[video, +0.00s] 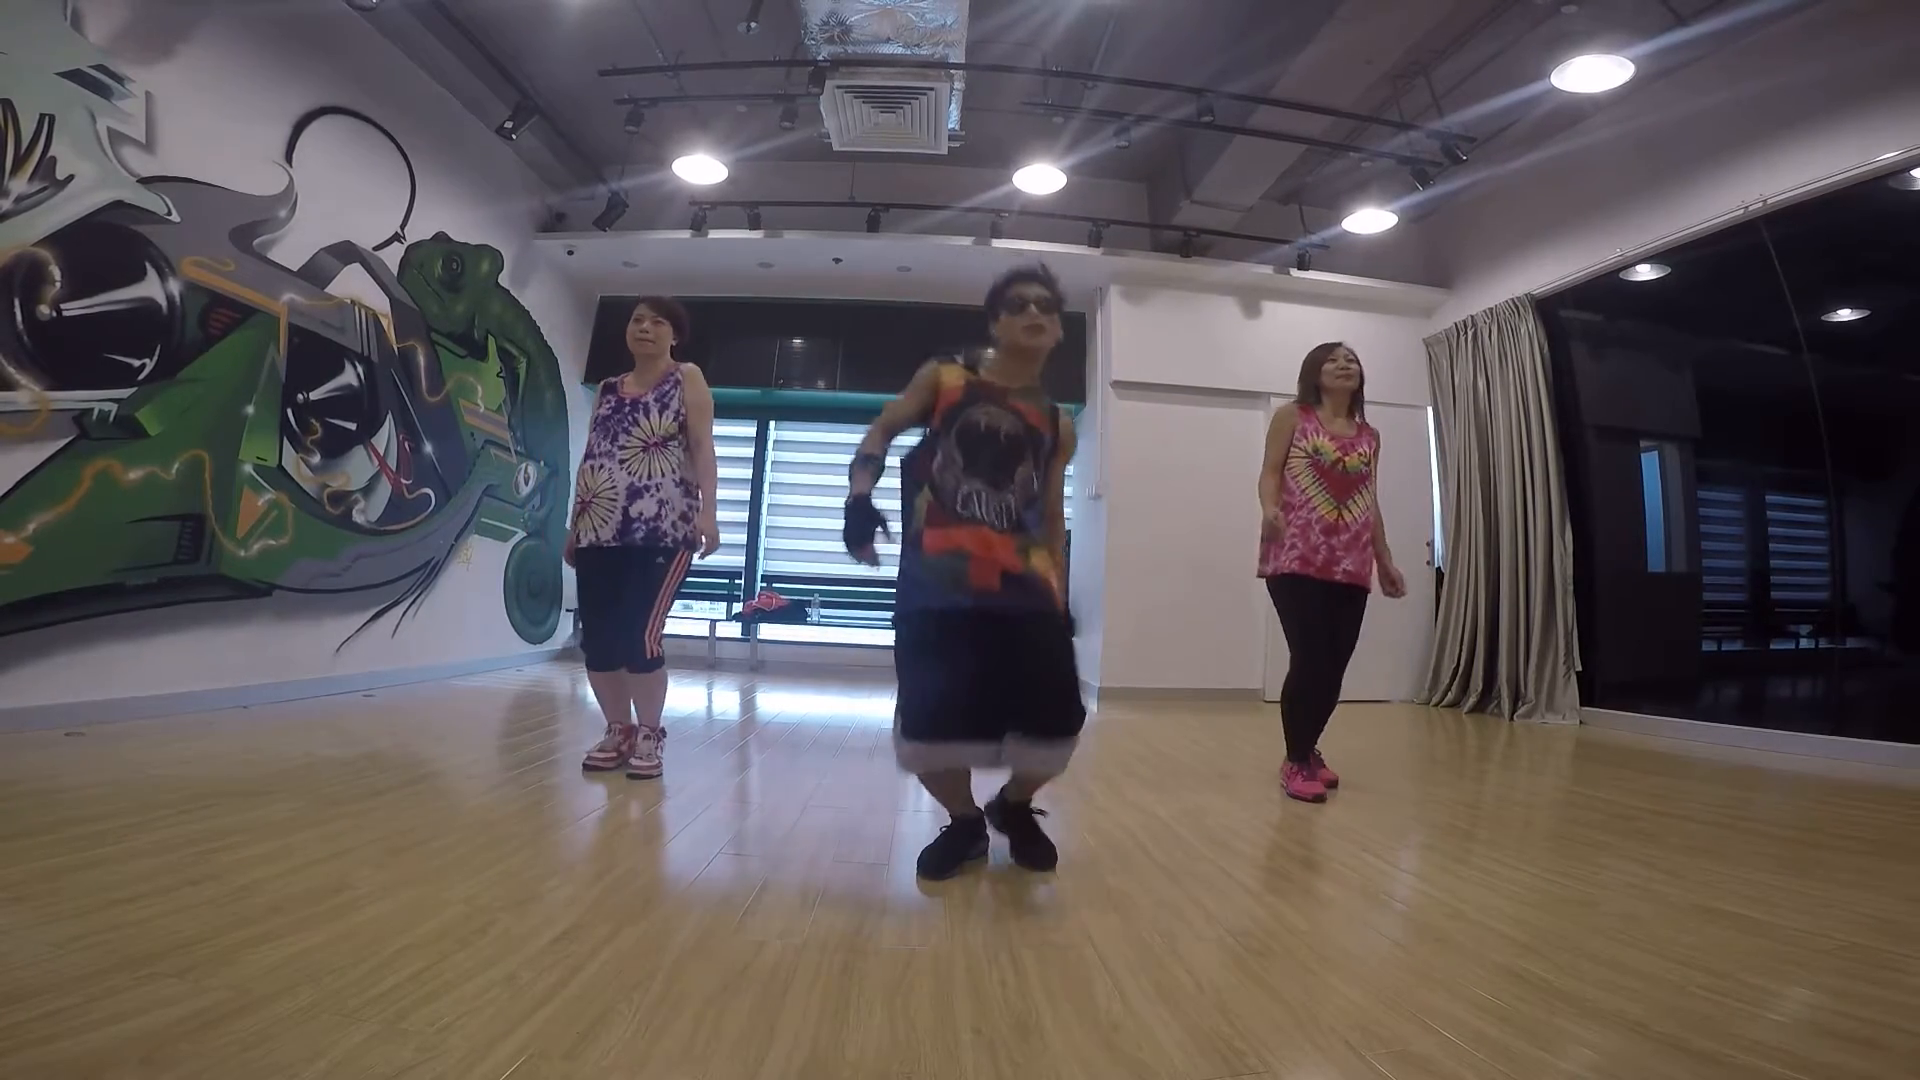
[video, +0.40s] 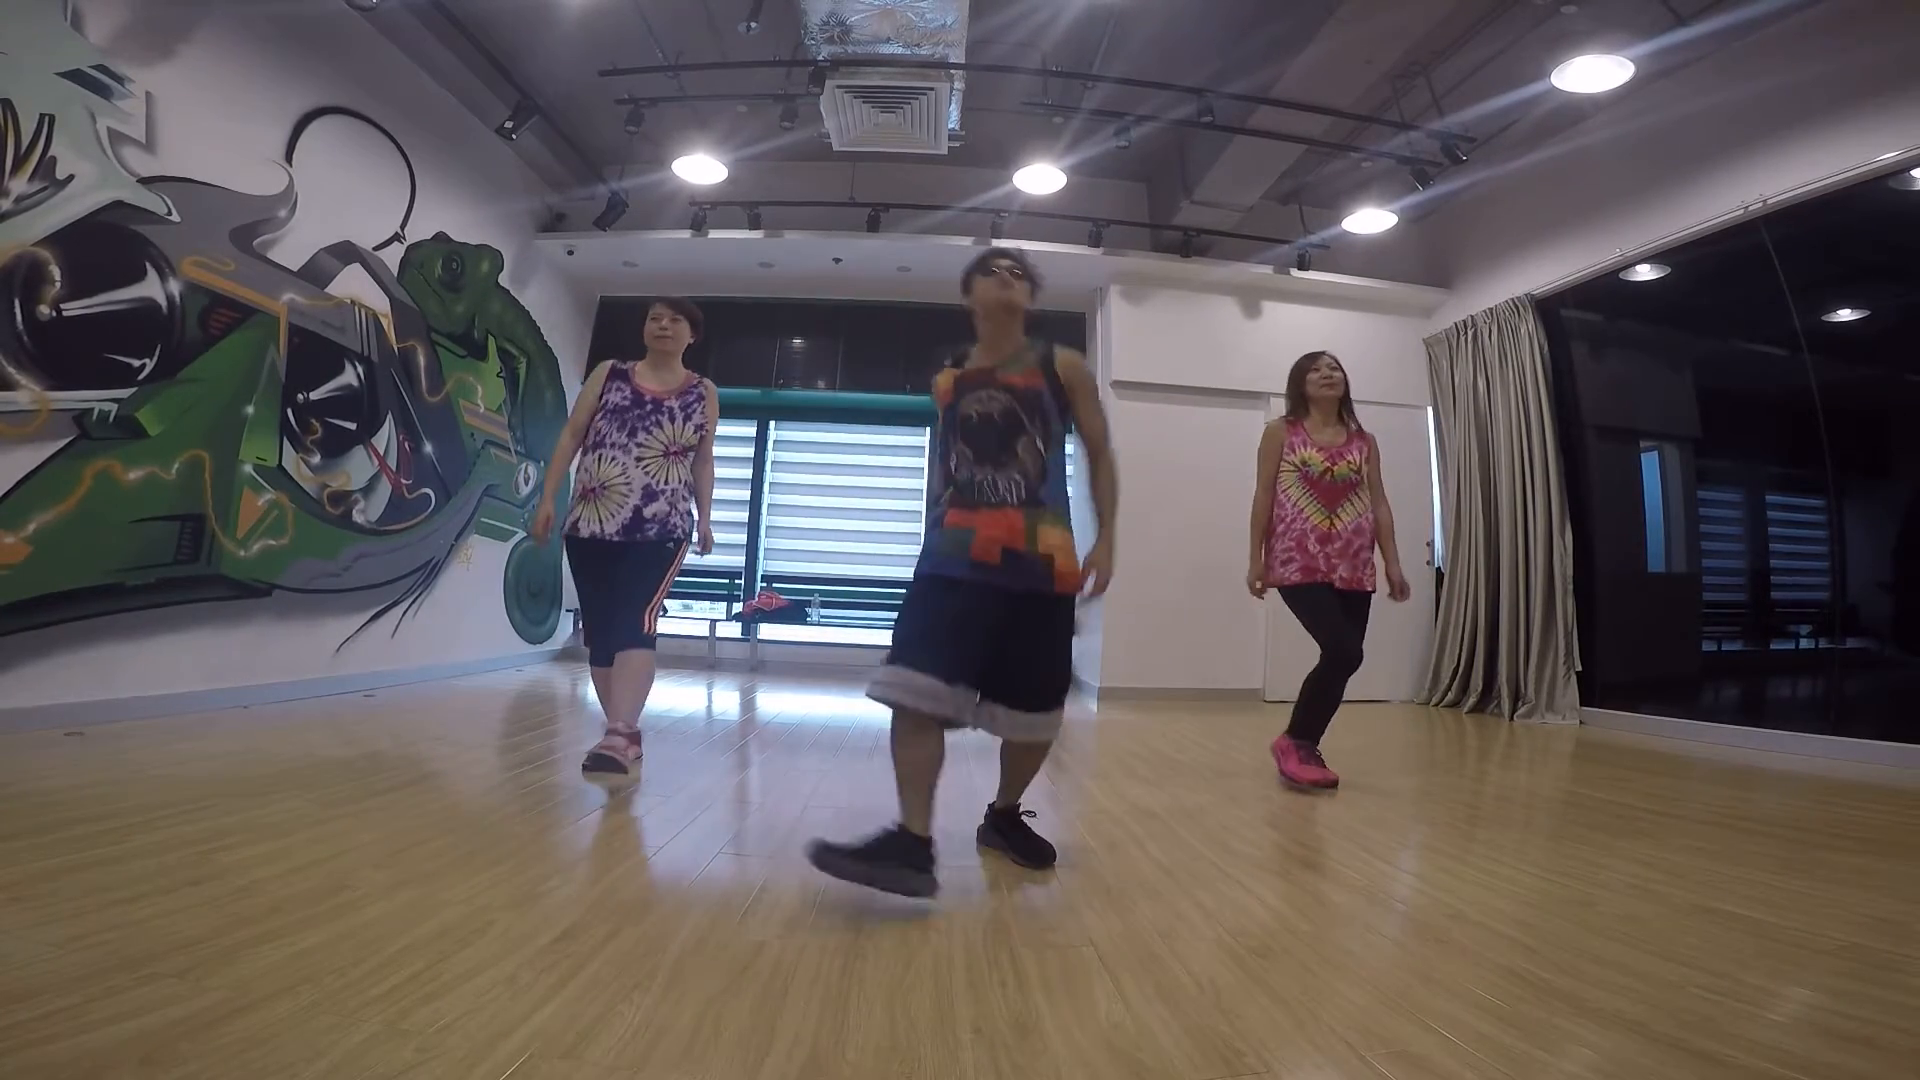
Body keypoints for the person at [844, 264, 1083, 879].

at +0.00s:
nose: (1034, 315)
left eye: (1046, 308)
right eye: (1019, 306)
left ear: (1060, 327)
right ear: (994, 323)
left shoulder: (1056, 425)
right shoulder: (944, 381)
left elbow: (1052, 518)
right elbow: (879, 433)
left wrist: (1058, 597)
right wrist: (860, 497)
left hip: (1024, 591)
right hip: (939, 586)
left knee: (1057, 723)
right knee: (927, 733)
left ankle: (1013, 804)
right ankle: (966, 823)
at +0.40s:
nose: (1006, 281)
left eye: (1018, 275)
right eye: (992, 272)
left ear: (1032, 299)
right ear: (967, 294)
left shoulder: (1063, 367)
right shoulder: (949, 379)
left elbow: (1101, 453)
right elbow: (946, 469)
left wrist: (1106, 538)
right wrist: (939, 544)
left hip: (1040, 565)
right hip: (954, 560)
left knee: (1036, 707)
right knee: (915, 692)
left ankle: (1005, 815)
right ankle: (912, 842)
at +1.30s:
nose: (1001, 311)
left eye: (1012, 304)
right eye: (987, 304)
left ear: (1029, 329)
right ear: (966, 325)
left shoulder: (1033, 415)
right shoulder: (925, 375)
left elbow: (1017, 503)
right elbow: (891, 456)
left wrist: (1021, 575)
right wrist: (902, 539)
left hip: (995, 568)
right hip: (920, 560)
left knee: (1008, 711)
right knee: (906, 707)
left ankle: (987, 795)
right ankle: (933, 799)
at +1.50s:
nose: (1005, 331)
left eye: (1016, 323)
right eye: (991, 326)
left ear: (1032, 339)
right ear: (974, 344)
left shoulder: (1045, 431)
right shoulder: (936, 399)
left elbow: (1058, 517)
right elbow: (884, 454)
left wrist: (1074, 590)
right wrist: (844, 499)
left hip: (999, 585)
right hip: (922, 578)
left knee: (1007, 714)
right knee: (894, 710)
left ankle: (976, 802)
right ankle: (930, 789)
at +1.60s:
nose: (994, 303)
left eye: (1004, 298)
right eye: (980, 298)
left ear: (1022, 324)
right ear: (961, 324)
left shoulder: (1048, 401)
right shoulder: (930, 388)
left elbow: (1097, 485)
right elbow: (863, 429)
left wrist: (1149, 558)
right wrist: (805, 460)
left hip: (1009, 583)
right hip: (930, 573)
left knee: (1004, 717)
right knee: (900, 696)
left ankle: (975, 801)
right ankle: (908, 822)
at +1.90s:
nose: (956, 307)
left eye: (969, 302)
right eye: (945, 301)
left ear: (986, 325)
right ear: (925, 325)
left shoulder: (1024, 375)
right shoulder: (917, 415)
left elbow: (1077, 448)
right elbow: (906, 478)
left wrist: (1105, 501)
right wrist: (884, 517)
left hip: (1033, 575)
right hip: (955, 577)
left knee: (1030, 717)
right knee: (944, 713)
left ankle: (981, 799)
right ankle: (945, 803)